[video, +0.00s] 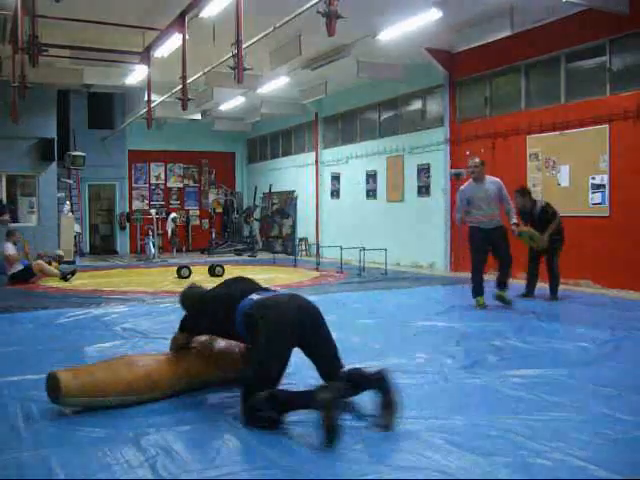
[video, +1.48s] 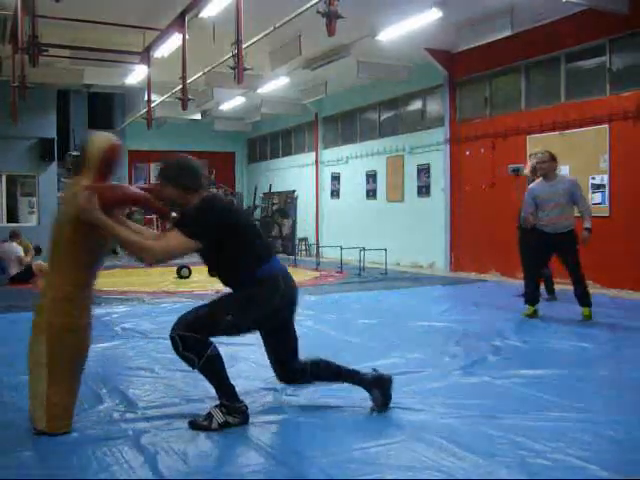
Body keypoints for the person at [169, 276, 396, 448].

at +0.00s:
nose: (187, 311)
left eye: (186, 308)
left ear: (190, 302)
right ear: (206, 289)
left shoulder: (199, 306)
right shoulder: (239, 286)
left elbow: (176, 347)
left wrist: (194, 336)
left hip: (269, 318)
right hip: (300, 305)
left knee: (254, 411)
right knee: (335, 381)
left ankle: (319, 399)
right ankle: (373, 380)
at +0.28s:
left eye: (229, 283)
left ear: (233, 279)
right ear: (254, 273)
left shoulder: (234, 284)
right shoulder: (276, 277)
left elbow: (192, 326)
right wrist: (259, 342)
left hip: (286, 327)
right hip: (318, 327)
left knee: (247, 410)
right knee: (282, 380)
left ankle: (306, 406)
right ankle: (324, 398)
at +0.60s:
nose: (260, 231)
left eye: (262, 227)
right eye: (261, 227)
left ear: (269, 228)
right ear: (294, 232)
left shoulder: (260, 246)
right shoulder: (311, 255)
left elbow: (205, 290)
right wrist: (271, 321)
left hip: (294, 319)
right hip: (327, 323)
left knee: (245, 392)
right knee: (288, 383)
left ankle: (299, 412)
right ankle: (320, 397)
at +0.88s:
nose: (255, 197)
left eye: (259, 192)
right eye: (257, 191)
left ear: (273, 197)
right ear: (285, 199)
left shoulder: (272, 217)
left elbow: (226, 244)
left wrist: (184, 240)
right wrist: (218, 289)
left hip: (297, 309)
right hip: (322, 315)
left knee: (221, 320)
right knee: (285, 389)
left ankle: (254, 404)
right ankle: (344, 385)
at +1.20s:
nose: (237, 191)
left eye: (241, 185)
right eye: (239, 185)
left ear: (255, 188)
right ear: (267, 189)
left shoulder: (267, 221)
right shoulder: (275, 223)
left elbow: (205, 240)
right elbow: (230, 268)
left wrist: (153, 223)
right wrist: (188, 249)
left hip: (280, 320)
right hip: (295, 319)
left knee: (200, 322)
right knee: (284, 389)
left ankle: (231, 404)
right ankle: (350, 377)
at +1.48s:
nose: (159, 201)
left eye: (162, 194)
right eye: (157, 195)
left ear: (179, 190)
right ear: (194, 186)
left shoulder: (209, 212)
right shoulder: (209, 206)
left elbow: (153, 252)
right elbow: (159, 242)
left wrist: (100, 218)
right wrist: (117, 218)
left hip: (261, 294)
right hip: (277, 287)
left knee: (185, 333)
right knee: (290, 371)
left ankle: (232, 407)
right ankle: (371, 381)